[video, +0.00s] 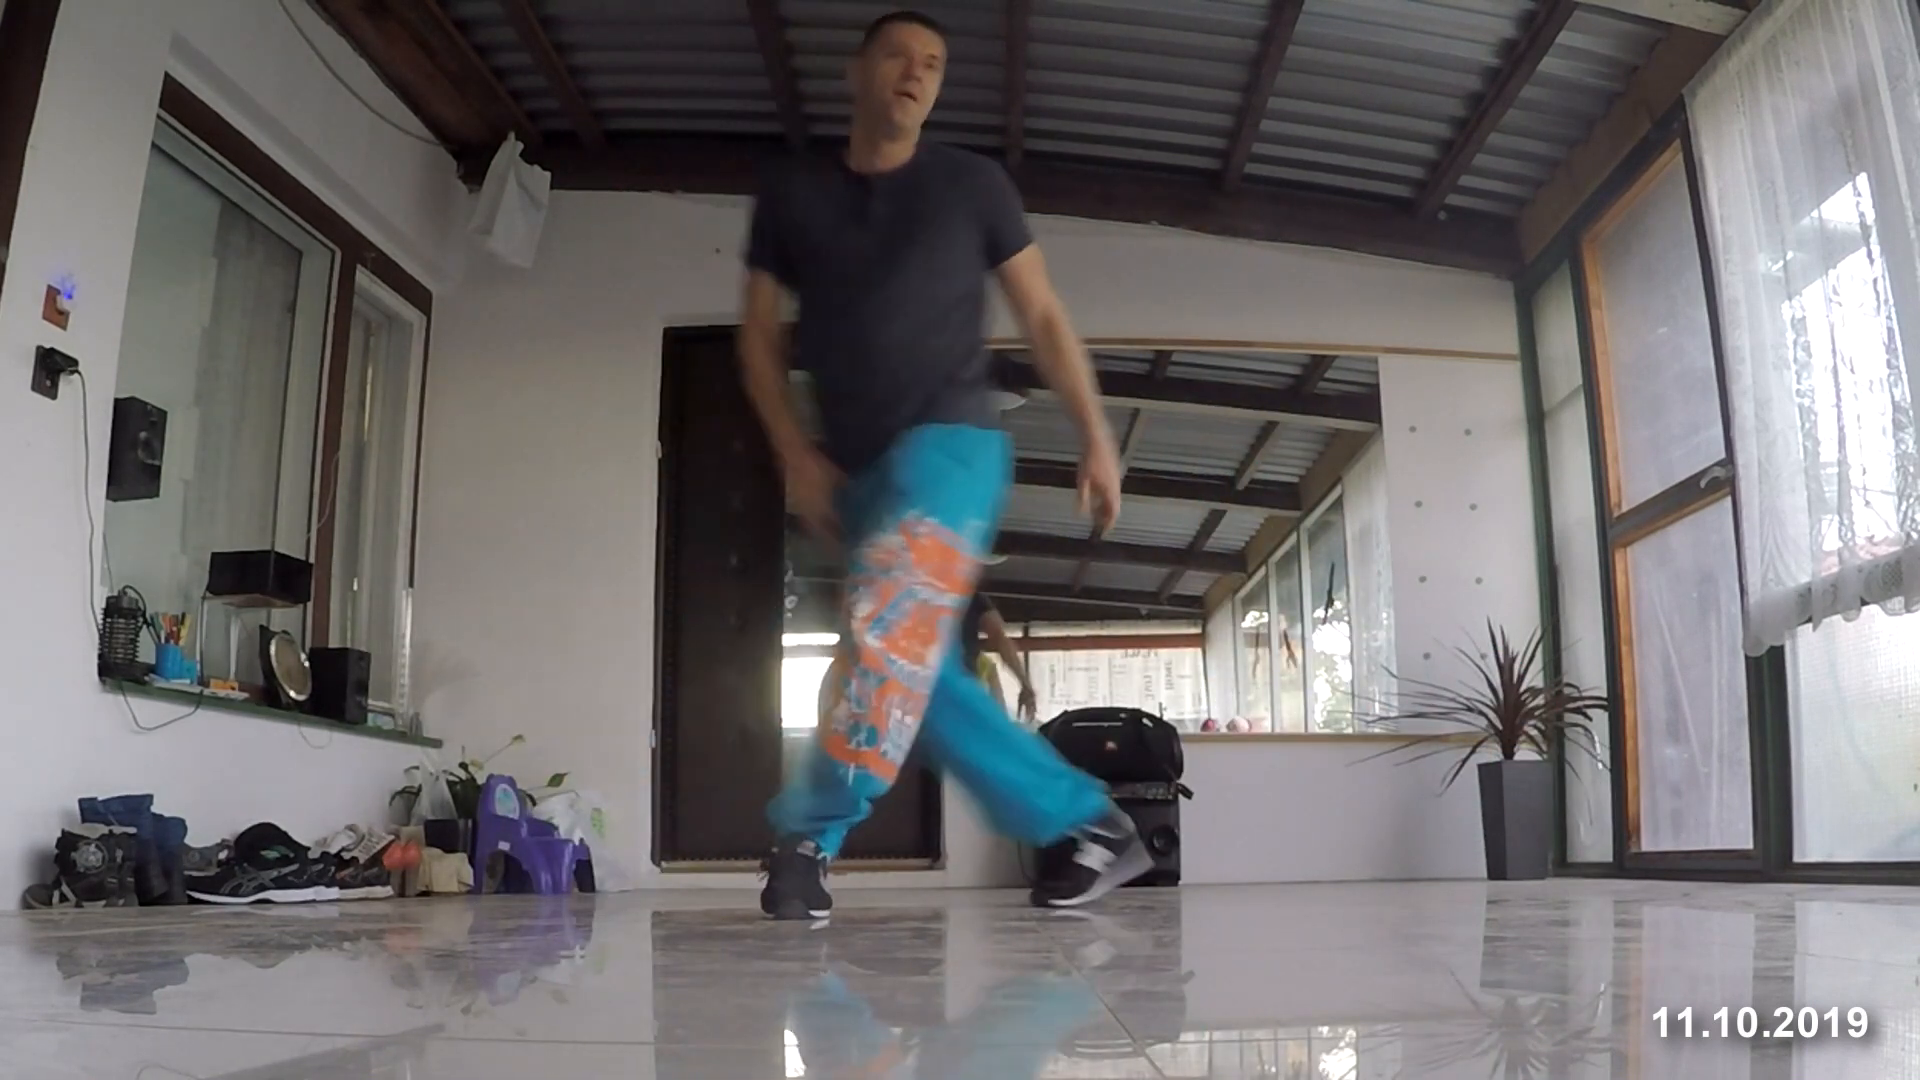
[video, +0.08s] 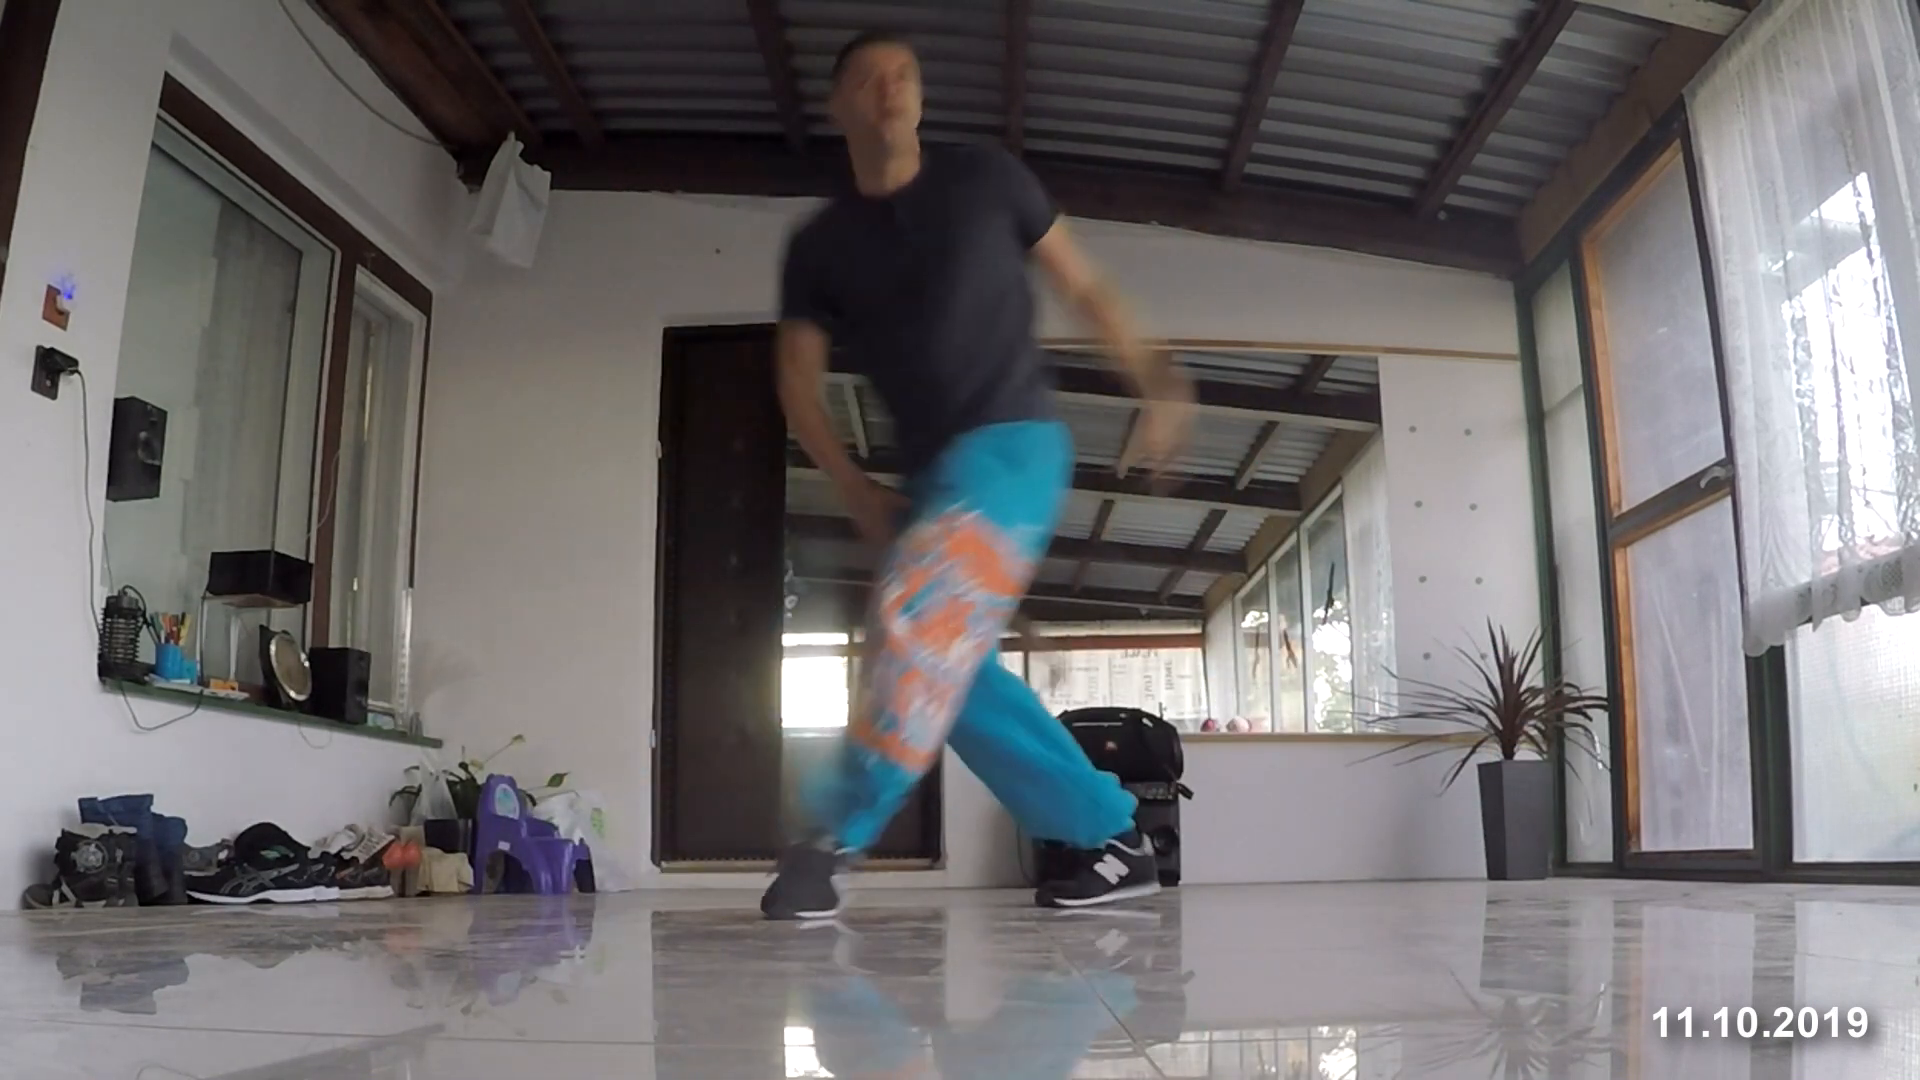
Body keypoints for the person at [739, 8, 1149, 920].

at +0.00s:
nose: (916, 76)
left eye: (931, 69)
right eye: (900, 59)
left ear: (941, 94)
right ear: (854, 74)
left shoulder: (973, 185)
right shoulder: (796, 191)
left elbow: (1044, 317)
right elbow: (758, 339)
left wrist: (1097, 437)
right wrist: (794, 453)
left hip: (952, 437)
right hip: (855, 458)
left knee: (886, 630)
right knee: (911, 658)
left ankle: (805, 841)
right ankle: (1082, 824)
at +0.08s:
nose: (890, 95)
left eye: (903, 81)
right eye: (870, 83)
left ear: (923, 99)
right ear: (837, 107)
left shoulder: (985, 176)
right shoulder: (822, 243)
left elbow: (1087, 287)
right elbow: (798, 385)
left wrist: (1157, 386)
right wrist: (857, 491)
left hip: (1013, 439)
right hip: (931, 467)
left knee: (914, 621)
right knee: (936, 649)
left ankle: (829, 845)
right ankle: (1106, 831)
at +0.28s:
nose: (887, 122)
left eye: (898, 102)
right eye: (867, 116)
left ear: (930, 110)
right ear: (852, 146)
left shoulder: (1012, 145)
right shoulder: (883, 261)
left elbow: (1147, 105)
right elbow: (908, 394)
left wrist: (1238, 29)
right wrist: (951, 493)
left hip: (1103, 386)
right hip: (1027, 435)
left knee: (1057, 546)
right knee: (1010, 655)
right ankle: (1108, 836)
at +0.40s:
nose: (905, 85)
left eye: (914, 64)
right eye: (886, 79)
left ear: (951, 62)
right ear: (878, 100)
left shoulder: (1026, 105)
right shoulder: (901, 218)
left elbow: (1154, 69)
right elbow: (944, 350)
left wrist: (1106, 1)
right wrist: (1001, 446)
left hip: (1130, 333)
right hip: (1059, 401)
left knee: (1175, 465)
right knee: (1096, 603)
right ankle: (1171, 805)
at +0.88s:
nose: (857, 532)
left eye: (842, 517)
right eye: (843, 554)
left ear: (859, 482)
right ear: (861, 581)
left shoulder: (909, 425)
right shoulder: (947, 609)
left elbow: (872, 308)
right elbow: (927, 749)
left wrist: (837, 193)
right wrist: (893, 889)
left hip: (1220, 407)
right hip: (1200, 532)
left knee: (1396, 403)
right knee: (1275, 672)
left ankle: (1546, 390)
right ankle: (1384, 836)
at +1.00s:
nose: (861, 538)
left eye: (840, 525)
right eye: (847, 562)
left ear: (838, 494)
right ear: (857, 588)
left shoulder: (879, 445)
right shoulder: (936, 607)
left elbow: (828, 328)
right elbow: (927, 748)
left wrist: (785, 208)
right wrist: (894, 888)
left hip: (1134, 393)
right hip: (1169, 495)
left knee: (1205, 297)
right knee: (1315, 584)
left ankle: (1275, 219)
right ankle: (1435, 615)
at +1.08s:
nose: (856, 514)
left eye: (838, 500)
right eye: (838, 534)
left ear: (838, 476)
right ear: (842, 568)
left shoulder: (878, 430)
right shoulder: (913, 606)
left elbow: (865, 324)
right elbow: (913, 749)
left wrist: (838, 244)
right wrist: (894, 883)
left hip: (1086, 399)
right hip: (1144, 483)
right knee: (1275, 482)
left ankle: (1146, 242)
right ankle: (1414, 412)